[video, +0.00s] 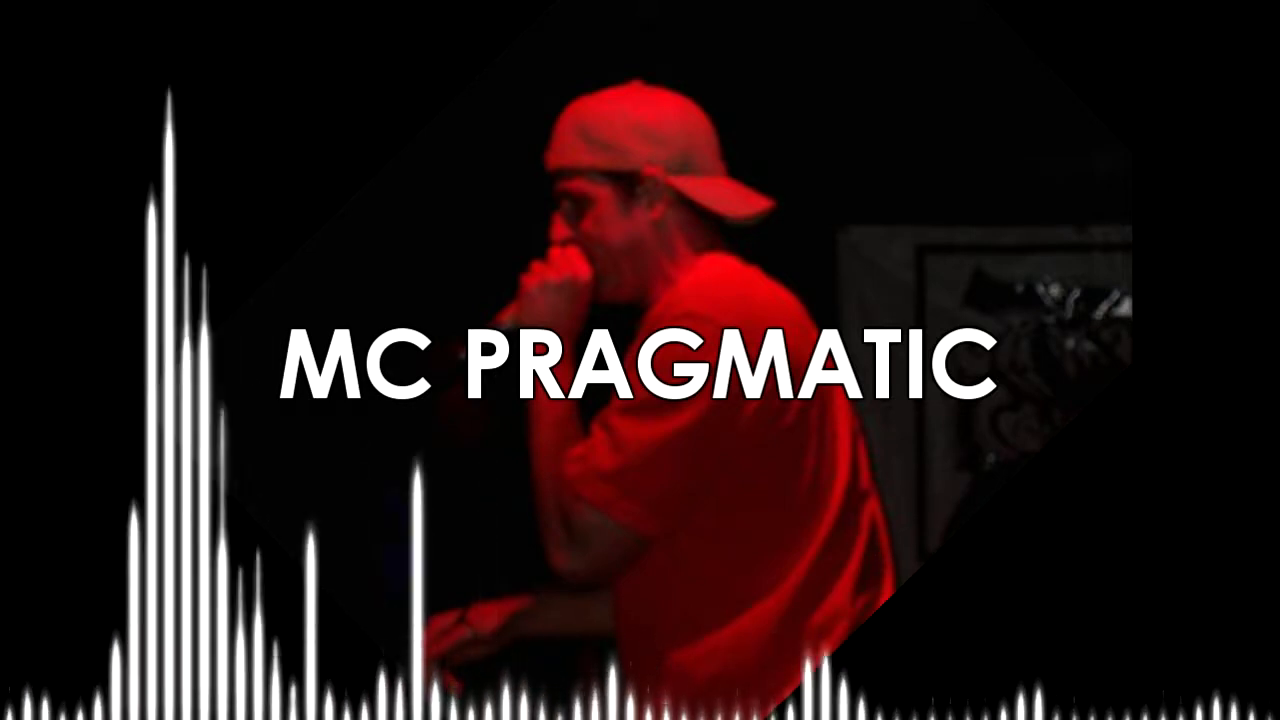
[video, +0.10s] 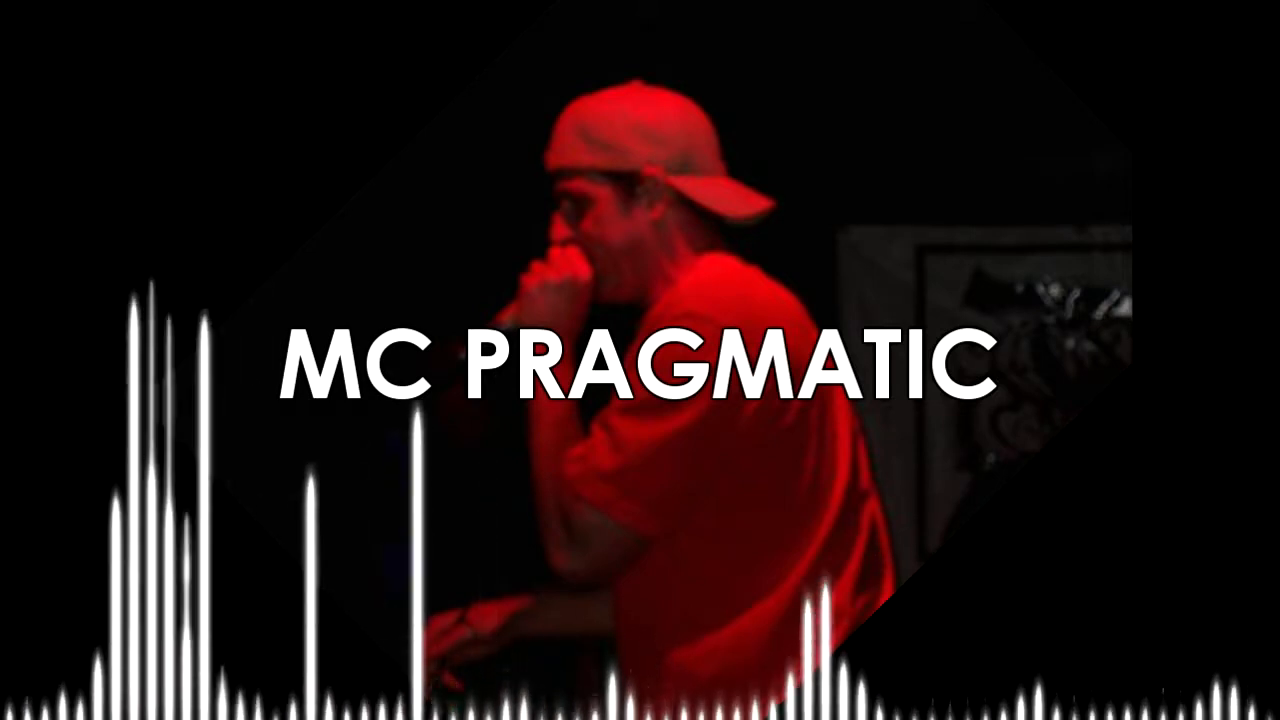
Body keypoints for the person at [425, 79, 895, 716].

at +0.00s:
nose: (559, 234)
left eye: (576, 207)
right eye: (559, 209)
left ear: (653, 200)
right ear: (649, 203)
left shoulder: (706, 315)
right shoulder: (750, 304)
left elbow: (578, 543)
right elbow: (700, 579)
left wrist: (545, 348)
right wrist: (521, 619)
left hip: (734, 704)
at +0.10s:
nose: (558, 234)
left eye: (576, 206)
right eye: (559, 209)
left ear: (653, 200)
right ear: (649, 203)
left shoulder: (707, 314)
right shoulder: (749, 304)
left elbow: (578, 543)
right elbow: (697, 579)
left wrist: (545, 349)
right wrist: (518, 620)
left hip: (730, 706)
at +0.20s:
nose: (559, 234)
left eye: (576, 207)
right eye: (559, 209)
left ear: (653, 200)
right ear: (649, 203)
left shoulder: (706, 314)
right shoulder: (751, 304)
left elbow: (578, 542)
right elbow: (702, 576)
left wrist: (545, 347)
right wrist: (522, 620)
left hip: (725, 704)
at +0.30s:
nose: (558, 234)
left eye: (576, 206)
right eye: (559, 209)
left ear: (653, 200)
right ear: (649, 203)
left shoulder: (706, 314)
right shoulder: (750, 304)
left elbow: (578, 543)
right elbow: (702, 573)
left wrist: (545, 349)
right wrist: (522, 618)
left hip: (734, 707)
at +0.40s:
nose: (559, 234)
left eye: (577, 206)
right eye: (559, 209)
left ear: (652, 199)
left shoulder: (706, 313)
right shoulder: (744, 302)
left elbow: (578, 538)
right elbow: (693, 574)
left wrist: (545, 348)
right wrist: (519, 620)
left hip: (735, 705)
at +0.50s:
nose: (559, 234)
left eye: (577, 207)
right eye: (560, 210)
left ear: (653, 199)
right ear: (650, 201)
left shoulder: (707, 313)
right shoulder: (745, 303)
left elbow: (579, 543)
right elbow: (691, 578)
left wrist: (545, 349)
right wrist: (515, 620)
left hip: (738, 706)